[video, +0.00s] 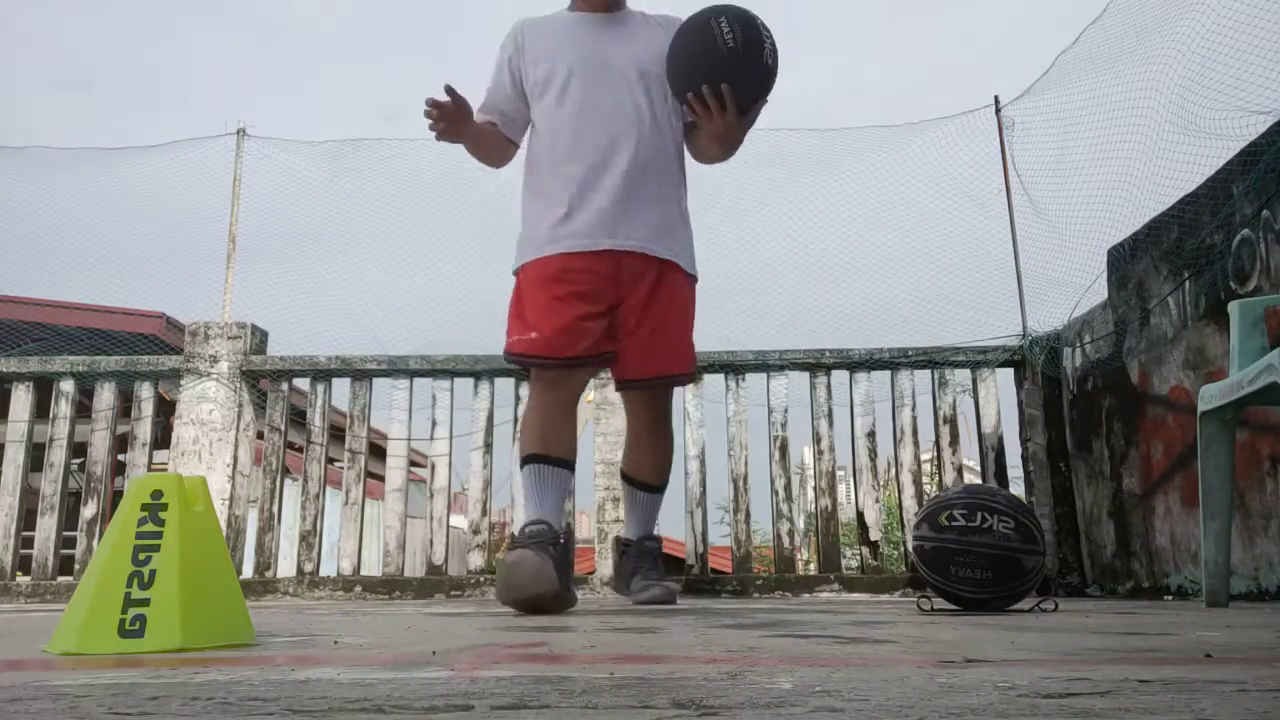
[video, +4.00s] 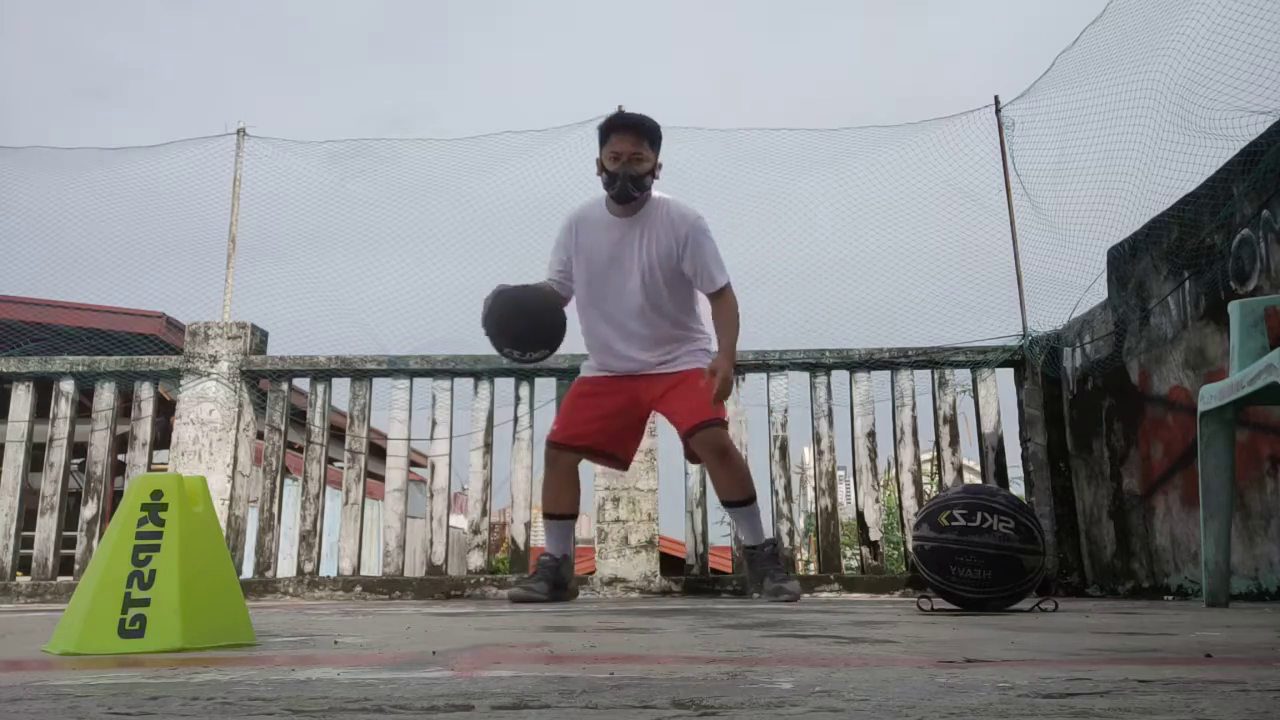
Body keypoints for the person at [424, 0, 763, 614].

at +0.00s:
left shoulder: (671, 35)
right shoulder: (529, 38)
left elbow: (700, 143)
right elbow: (500, 147)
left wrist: (721, 144)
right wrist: (469, 130)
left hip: (657, 241)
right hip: (559, 240)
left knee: (650, 400)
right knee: (552, 383)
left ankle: (640, 555)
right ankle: (541, 541)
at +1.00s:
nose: (594, 121)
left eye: (605, 113)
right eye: (584, 113)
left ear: (620, 120)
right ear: (567, 118)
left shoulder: (644, 177)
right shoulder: (537, 178)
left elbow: (669, 252)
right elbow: (504, 249)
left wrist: (632, 251)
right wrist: (550, 243)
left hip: (630, 335)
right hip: (561, 338)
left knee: (649, 438)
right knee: (561, 448)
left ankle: (649, 551)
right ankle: (560, 565)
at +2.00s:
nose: (641, 161)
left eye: (650, 154)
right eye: (631, 154)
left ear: (663, 160)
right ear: (616, 162)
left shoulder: (686, 214)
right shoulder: (592, 213)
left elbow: (706, 294)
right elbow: (563, 282)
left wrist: (718, 287)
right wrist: (593, 264)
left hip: (675, 359)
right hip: (612, 361)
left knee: (692, 444)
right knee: (610, 464)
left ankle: (669, 555)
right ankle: (606, 566)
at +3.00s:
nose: (719, 139)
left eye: (729, 132)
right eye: (710, 131)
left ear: (743, 138)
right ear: (692, 134)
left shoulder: (762, 197)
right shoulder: (662, 189)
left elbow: (781, 279)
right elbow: (634, 257)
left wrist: (787, 291)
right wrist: (613, 316)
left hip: (738, 351)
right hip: (669, 348)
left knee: (734, 451)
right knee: (651, 436)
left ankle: (736, 567)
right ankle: (640, 556)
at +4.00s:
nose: (623, 171)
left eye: (636, 161)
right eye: (614, 159)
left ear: (655, 166)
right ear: (599, 163)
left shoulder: (683, 223)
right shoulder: (580, 224)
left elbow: (722, 296)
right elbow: (558, 289)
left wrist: (726, 358)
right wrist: (523, 307)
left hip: (682, 365)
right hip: (607, 370)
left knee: (714, 442)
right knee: (559, 447)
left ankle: (761, 558)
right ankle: (556, 567)